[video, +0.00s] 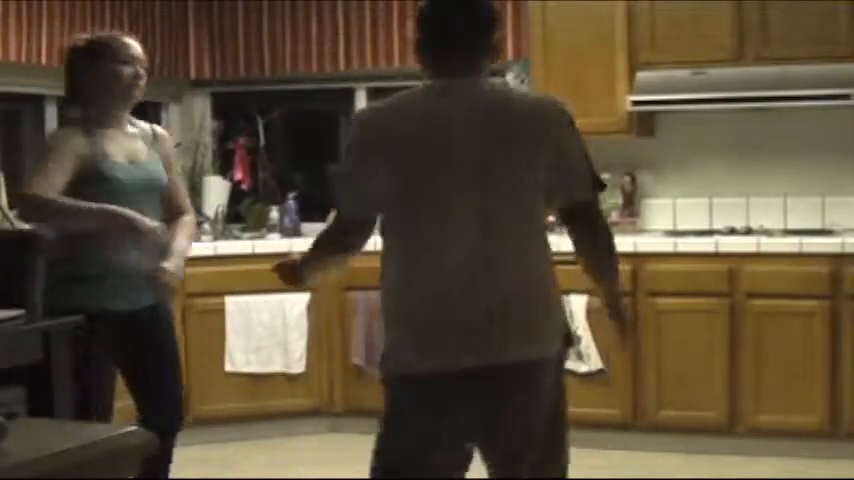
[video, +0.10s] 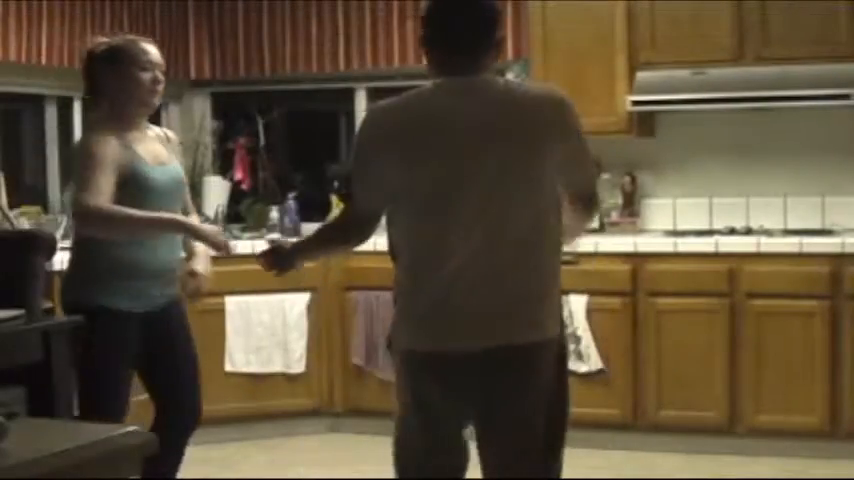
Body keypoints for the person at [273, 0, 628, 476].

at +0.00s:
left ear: (420, 47)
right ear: (494, 45)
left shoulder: (380, 125)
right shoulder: (542, 118)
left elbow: (350, 227)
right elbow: (585, 221)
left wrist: (305, 268)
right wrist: (612, 293)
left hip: (425, 364)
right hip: (525, 362)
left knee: (407, 473)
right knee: (533, 472)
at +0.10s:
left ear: (426, 46)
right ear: (498, 44)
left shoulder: (387, 123)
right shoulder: (547, 110)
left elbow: (356, 223)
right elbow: (583, 204)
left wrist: (294, 253)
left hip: (430, 351)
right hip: (527, 351)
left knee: (426, 472)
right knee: (524, 472)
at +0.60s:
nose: (525, 66)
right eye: (529, 57)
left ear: (474, 60)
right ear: (531, 59)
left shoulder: (436, 123)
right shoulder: (570, 119)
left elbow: (410, 214)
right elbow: (602, 208)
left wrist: (339, 237)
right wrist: (574, 232)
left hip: (454, 316)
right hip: (536, 315)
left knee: (442, 446)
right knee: (546, 435)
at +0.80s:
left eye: (512, 69)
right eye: (568, 69)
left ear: (514, 71)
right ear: (567, 70)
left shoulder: (484, 135)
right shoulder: (609, 127)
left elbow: (453, 217)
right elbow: (637, 205)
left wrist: (390, 188)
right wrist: (599, 209)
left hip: (501, 313)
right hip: (576, 314)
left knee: (452, 418)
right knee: (567, 434)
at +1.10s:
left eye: (563, 71)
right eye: (614, 67)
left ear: (562, 73)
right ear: (617, 70)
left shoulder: (535, 133)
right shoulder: (657, 129)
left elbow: (505, 201)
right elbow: (678, 206)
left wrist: (460, 186)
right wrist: (632, 173)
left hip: (553, 302)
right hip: (625, 301)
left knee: (529, 422)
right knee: (626, 416)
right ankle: (626, 478)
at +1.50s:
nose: (574, 84)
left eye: (576, 73)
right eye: (575, 74)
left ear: (590, 74)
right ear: (630, 76)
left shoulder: (586, 131)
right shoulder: (677, 129)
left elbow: (568, 219)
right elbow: (669, 211)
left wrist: (521, 200)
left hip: (621, 305)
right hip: (680, 302)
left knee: (554, 408)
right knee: (651, 433)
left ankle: (615, 473)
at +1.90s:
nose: (524, 86)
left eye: (526, 75)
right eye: (523, 76)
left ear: (541, 74)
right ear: (579, 75)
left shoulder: (542, 124)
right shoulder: (629, 129)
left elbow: (540, 205)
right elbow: (652, 208)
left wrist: (469, 218)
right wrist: (586, 212)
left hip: (589, 308)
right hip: (639, 302)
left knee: (604, 435)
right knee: (589, 433)